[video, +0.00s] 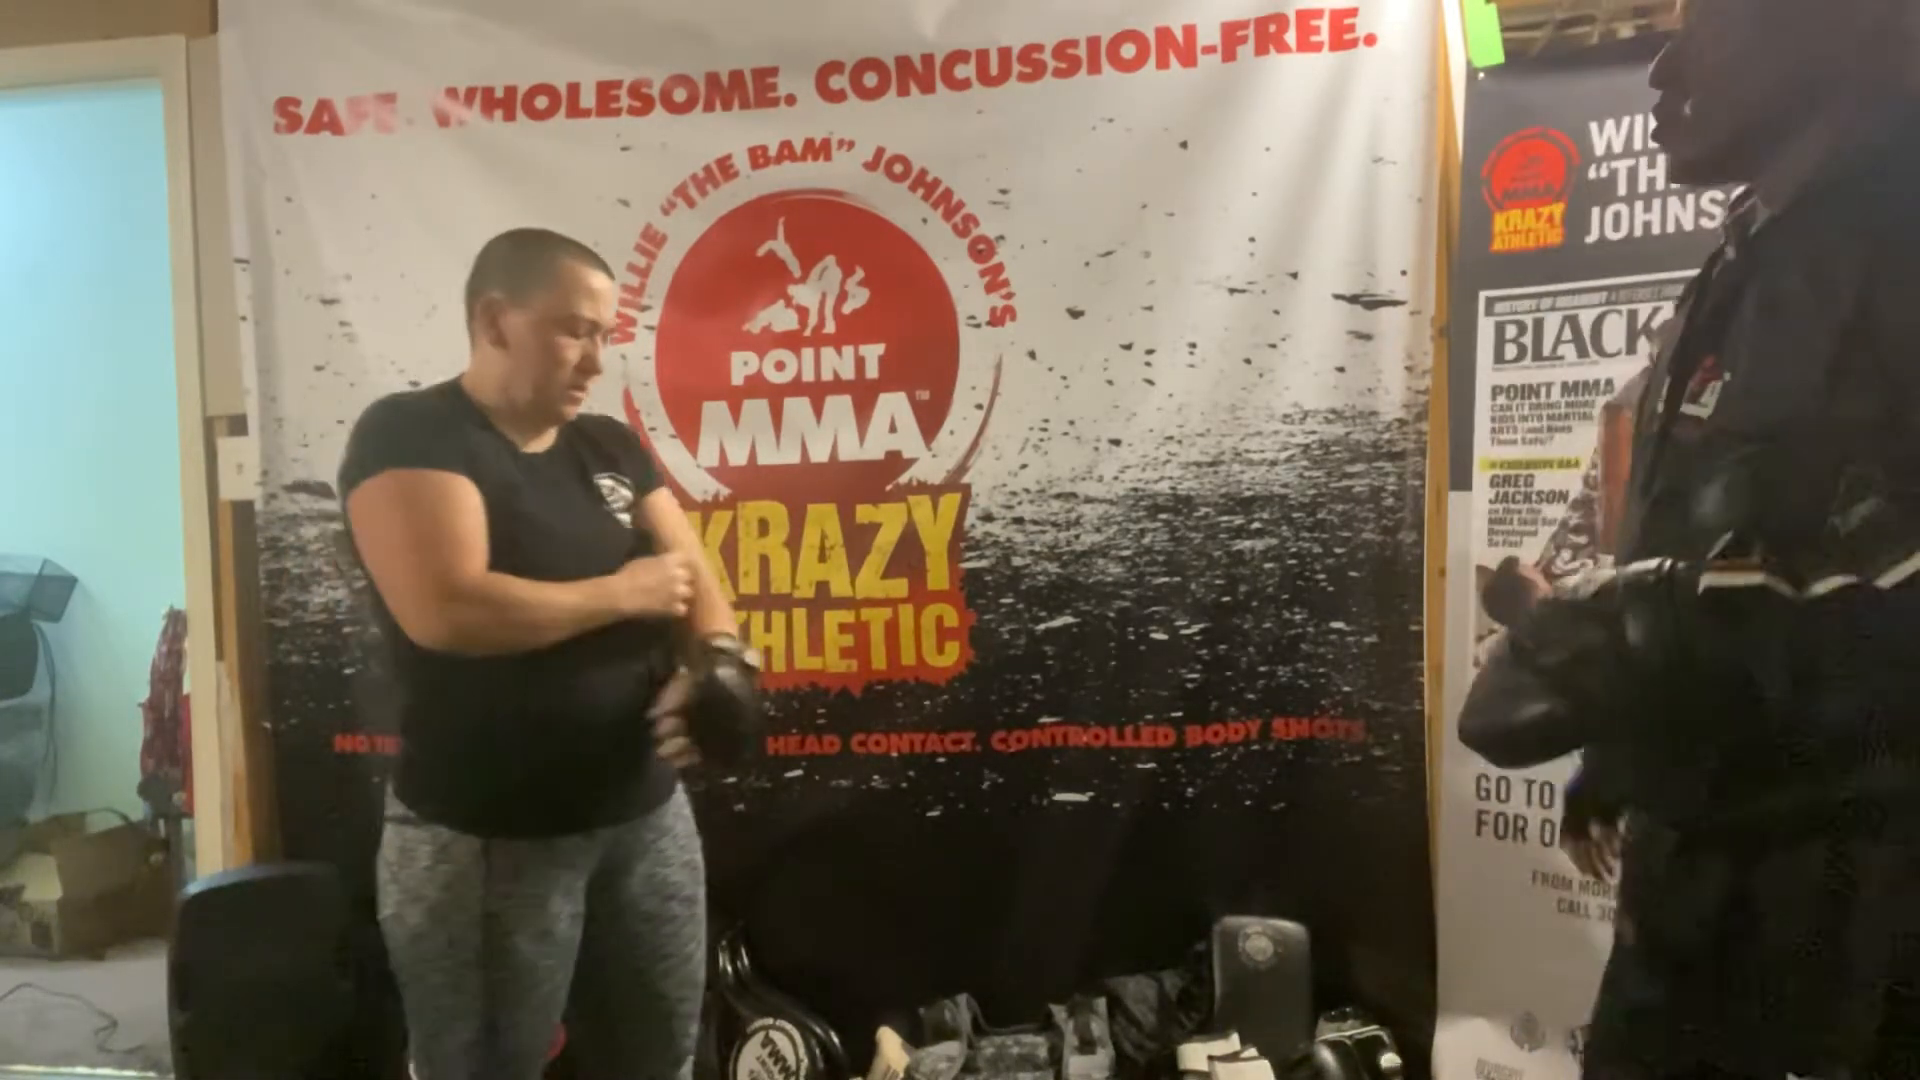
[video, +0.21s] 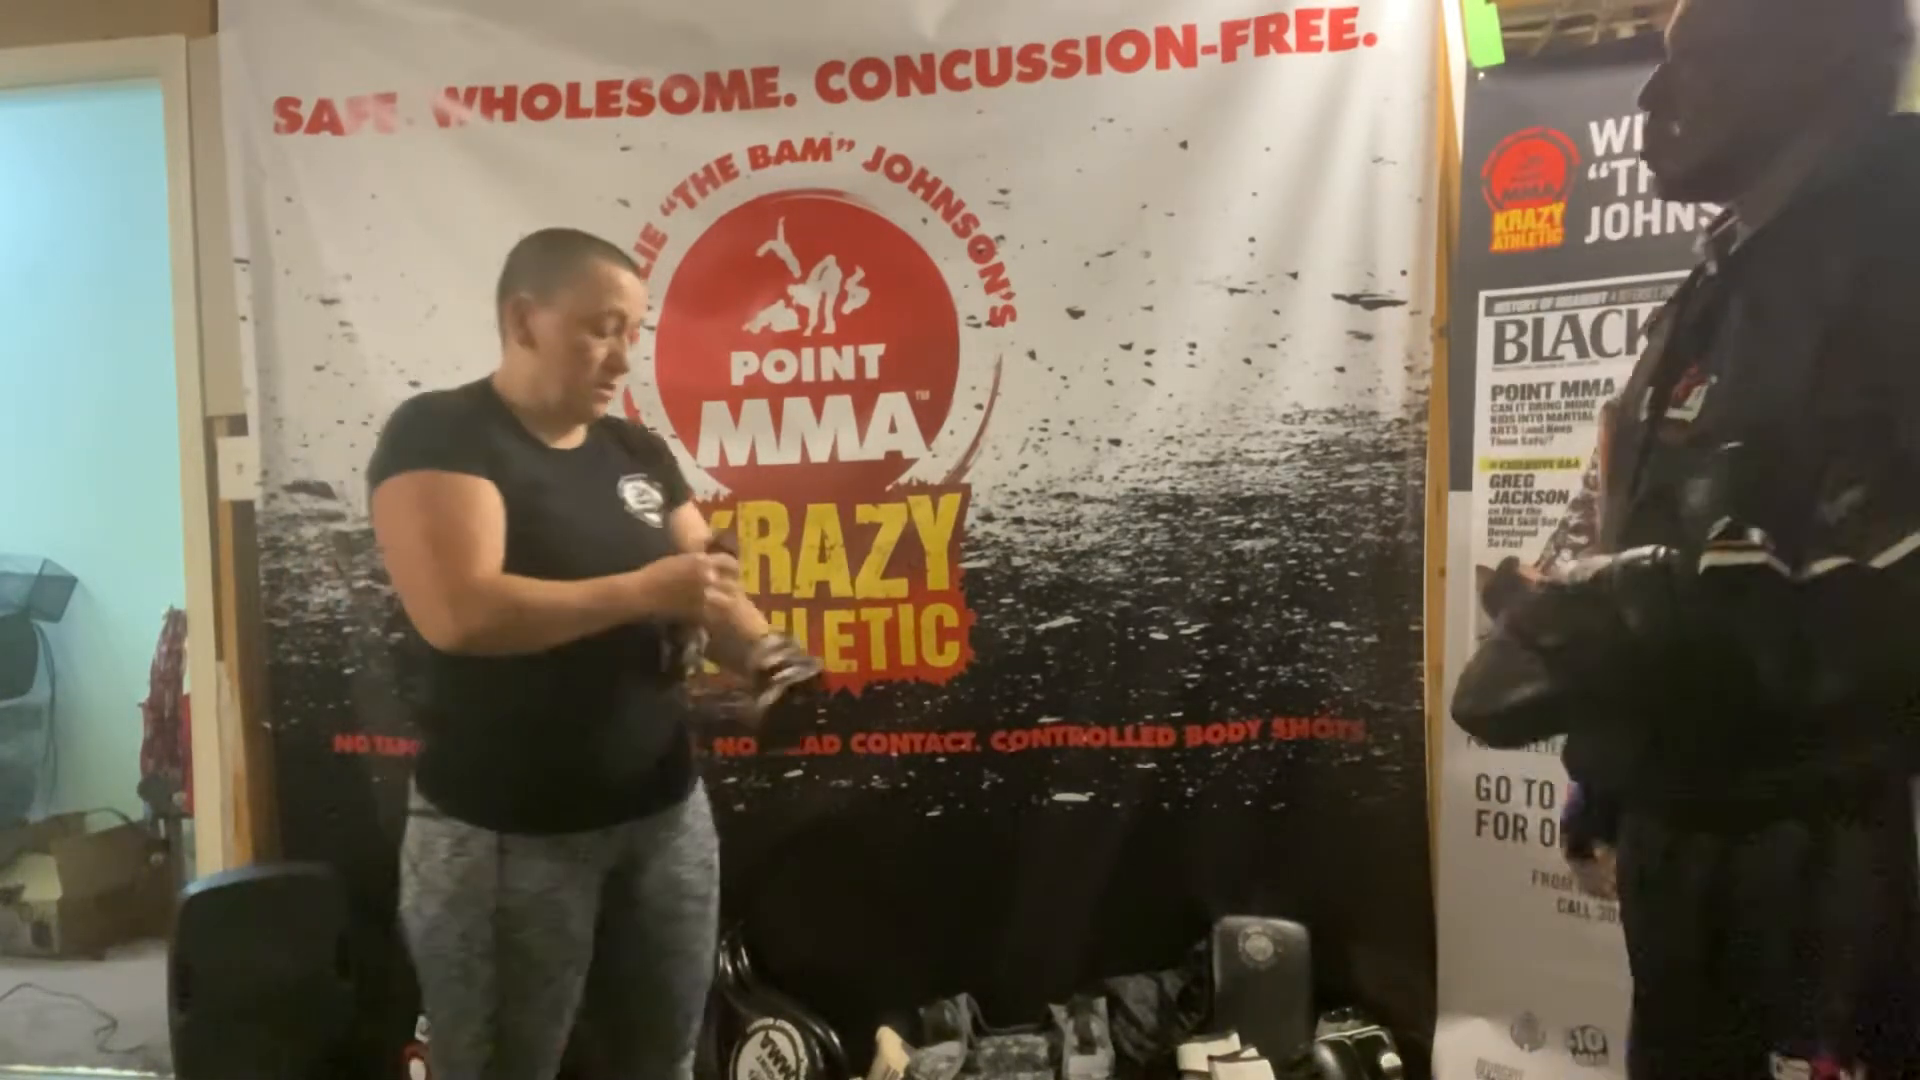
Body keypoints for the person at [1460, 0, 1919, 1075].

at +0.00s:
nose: (1657, 65)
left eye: (1690, 17)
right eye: (1663, 26)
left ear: (1819, 25)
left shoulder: (1880, 221)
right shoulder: (1752, 245)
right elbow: (1684, 539)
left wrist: (1616, 643)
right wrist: (1613, 763)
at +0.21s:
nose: (1651, 93)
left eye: (1692, 52)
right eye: (1660, 57)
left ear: (1813, 50)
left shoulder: (1890, 211)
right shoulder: (1712, 285)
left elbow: (1893, 589)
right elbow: (1650, 548)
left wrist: (1640, 623)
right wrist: (1601, 772)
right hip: (1694, 822)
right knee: (1681, 1057)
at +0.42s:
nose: (1601, 119)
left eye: (1633, 93)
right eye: (1612, 92)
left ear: (1735, 106)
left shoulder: (1851, 238)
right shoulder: (1675, 300)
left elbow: (1894, 522)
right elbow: (1629, 548)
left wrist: (1596, 602)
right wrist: (1552, 755)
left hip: (1817, 797)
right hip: (1683, 797)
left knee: (1813, 1057)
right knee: (1686, 1057)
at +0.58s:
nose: (1557, 151)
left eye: (1590, 121)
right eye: (1566, 125)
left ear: (1699, 124)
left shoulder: (1816, 243)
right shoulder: (1661, 314)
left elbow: (1886, 506)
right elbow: (1626, 561)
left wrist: (1590, 612)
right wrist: (1538, 755)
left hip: (1810, 796)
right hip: (1689, 796)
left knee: (1798, 1053)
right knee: (1690, 1051)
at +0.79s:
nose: (1555, 160)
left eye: (1584, 130)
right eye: (1561, 135)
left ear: (1684, 129)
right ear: (1688, 136)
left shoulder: (1790, 231)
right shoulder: (1651, 313)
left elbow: (1875, 470)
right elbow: (1626, 542)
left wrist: (1577, 597)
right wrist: (1570, 753)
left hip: (1798, 780)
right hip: (1689, 786)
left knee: (1790, 1054)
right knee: (1686, 1053)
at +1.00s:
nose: (1538, 163)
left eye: (1566, 135)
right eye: (1545, 139)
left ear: (1662, 135)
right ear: (1670, 141)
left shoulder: (1774, 231)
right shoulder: (1659, 290)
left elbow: (1856, 470)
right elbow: (1645, 520)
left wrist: (1569, 593)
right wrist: (1609, 768)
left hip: (1787, 778)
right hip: (1689, 782)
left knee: (1776, 1056)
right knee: (1683, 1054)